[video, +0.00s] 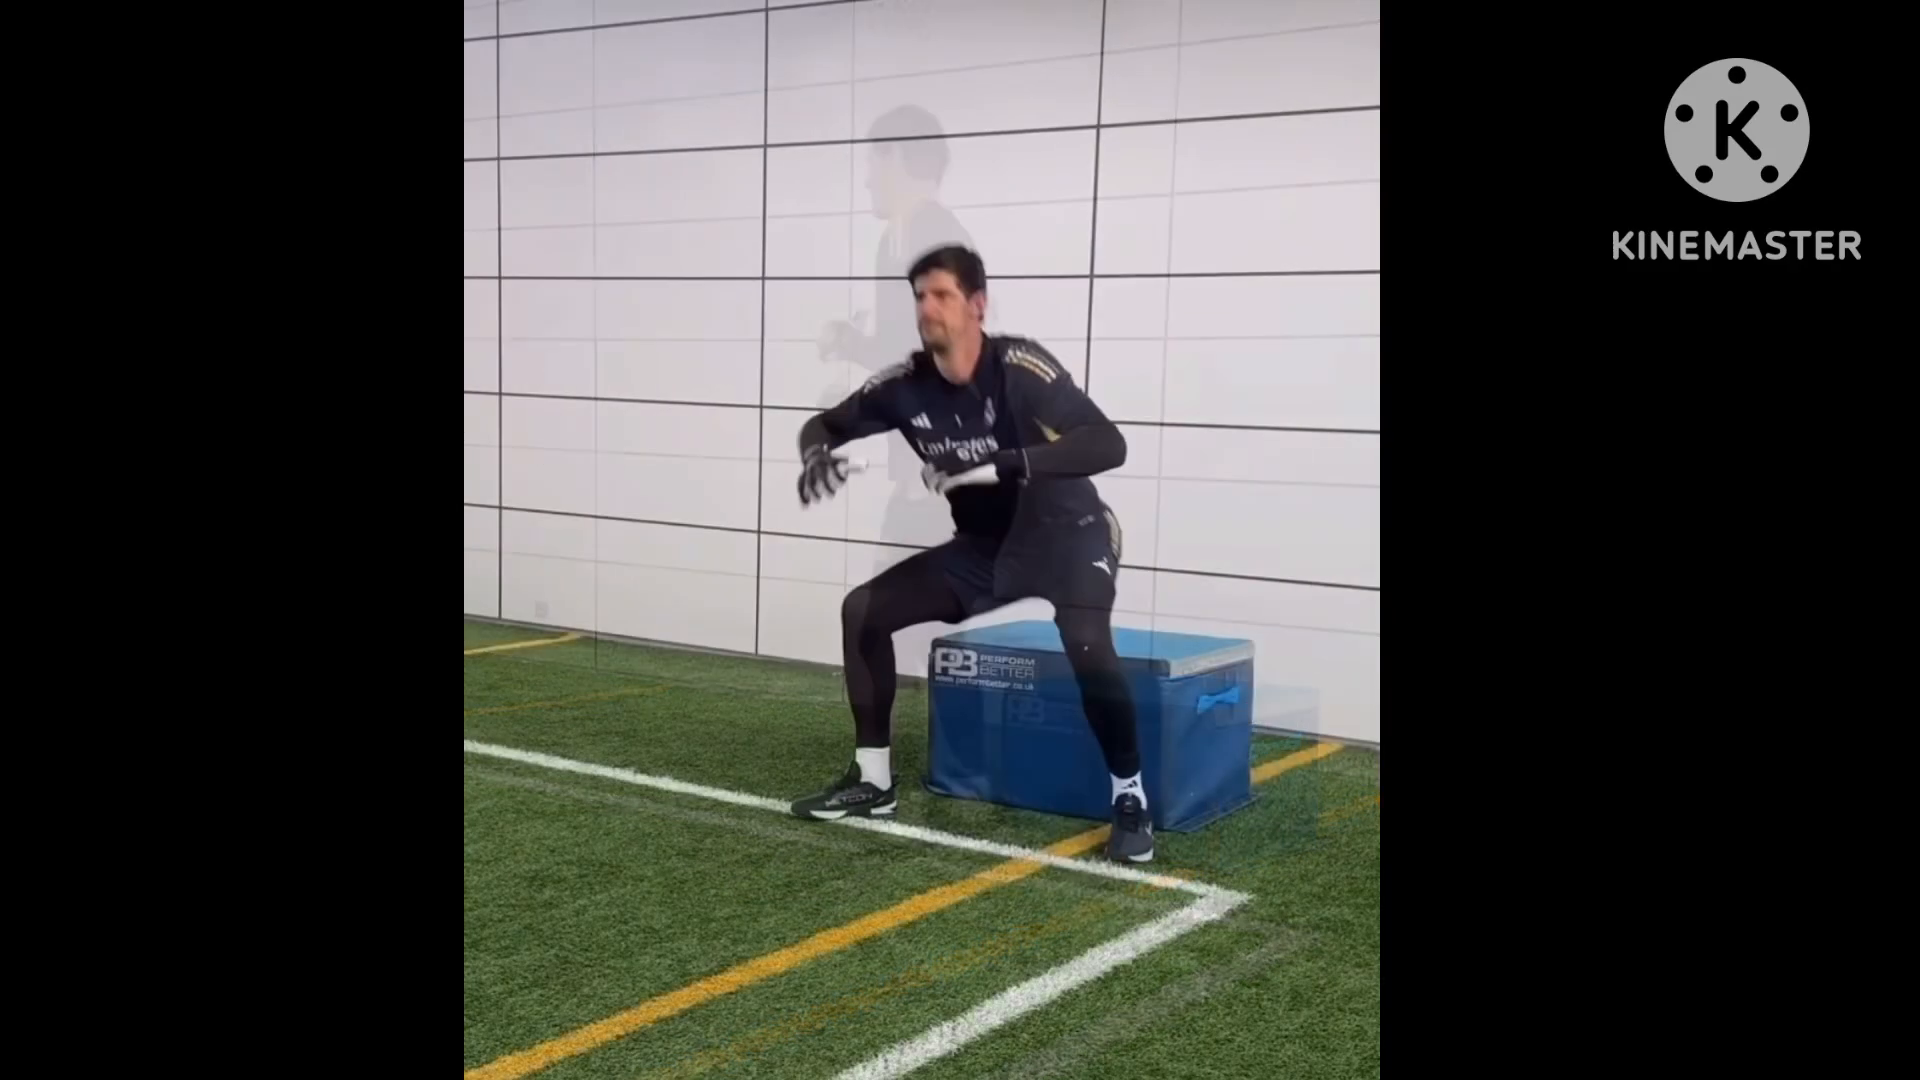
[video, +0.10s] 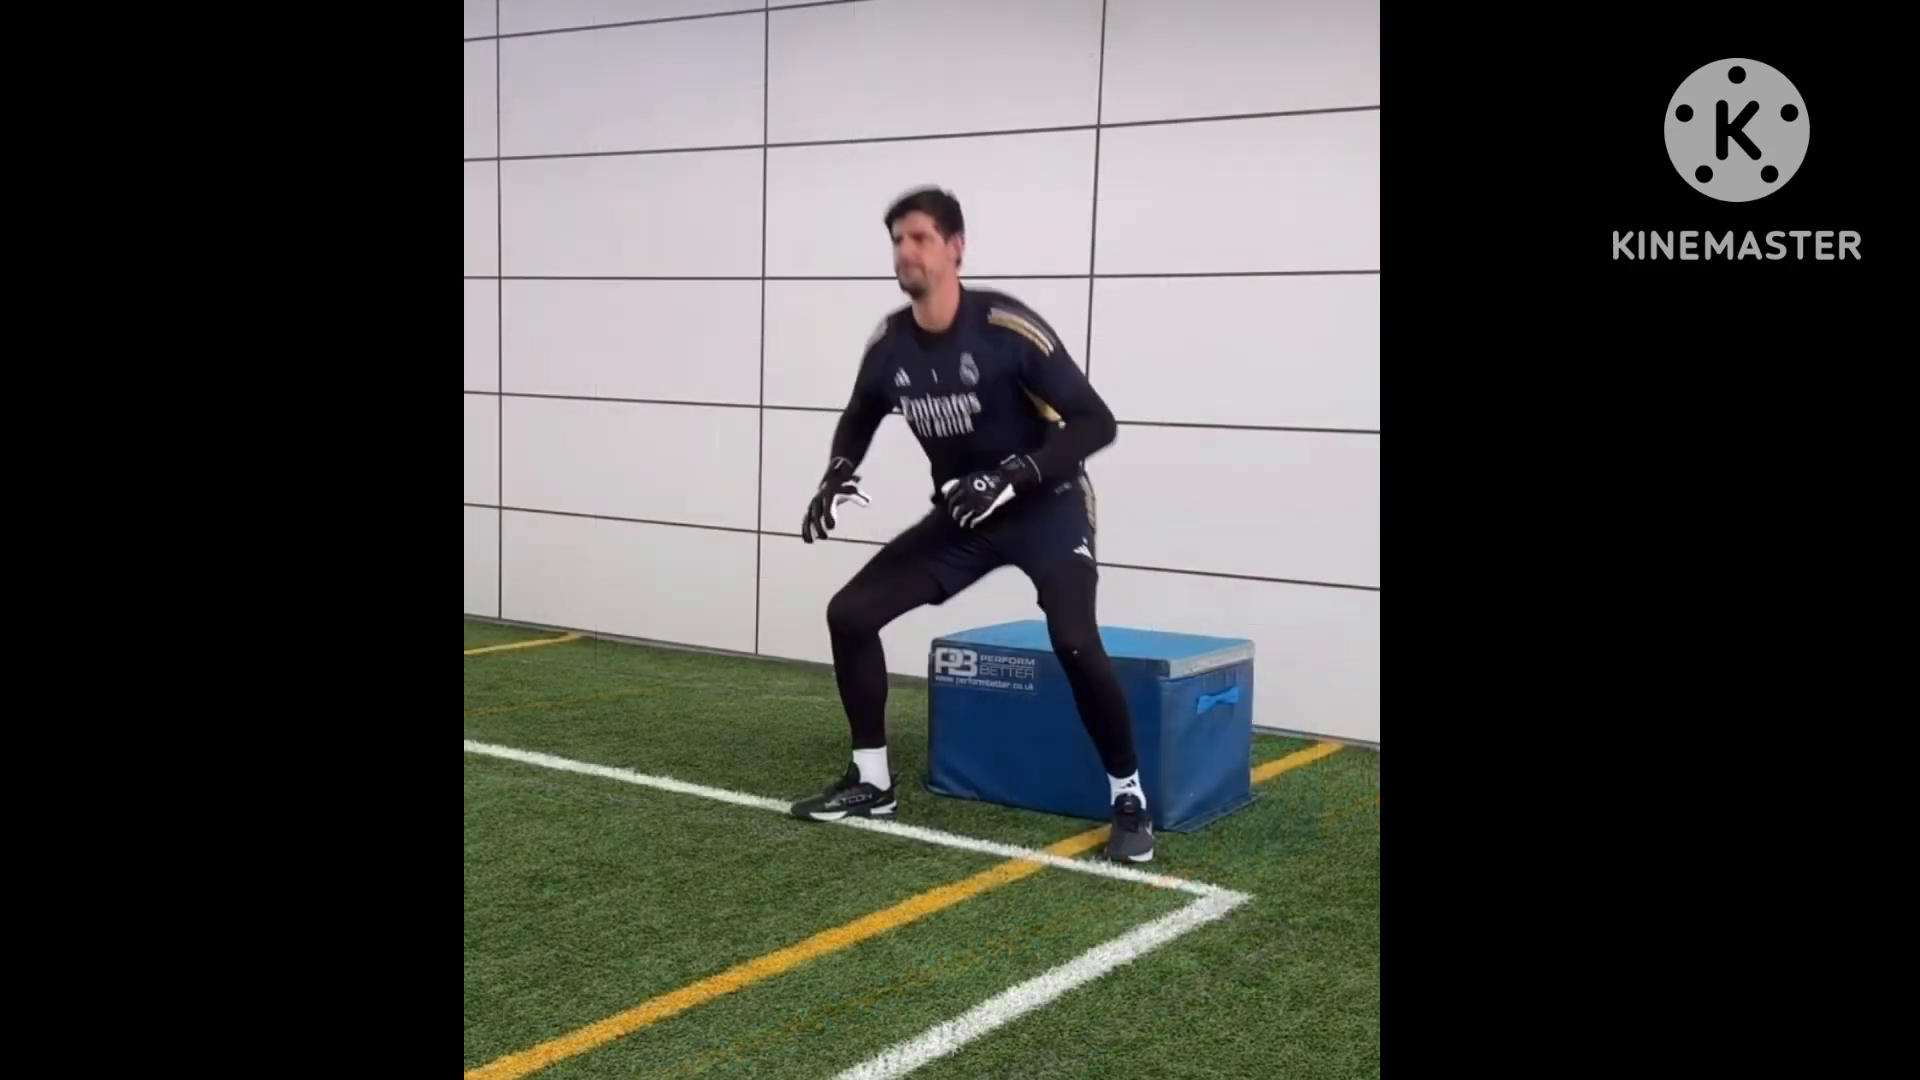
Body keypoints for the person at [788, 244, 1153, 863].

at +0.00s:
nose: (925, 309)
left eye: (939, 296)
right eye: (919, 297)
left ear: (977, 303)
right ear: (915, 306)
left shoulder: (1022, 366)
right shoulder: (903, 390)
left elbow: (1107, 444)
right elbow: (824, 426)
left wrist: (1005, 461)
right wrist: (816, 449)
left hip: (1069, 538)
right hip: (985, 548)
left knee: (1088, 648)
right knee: (864, 611)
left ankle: (1130, 801)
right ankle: (874, 781)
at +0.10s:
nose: (904, 252)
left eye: (918, 239)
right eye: (897, 241)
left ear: (955, 248)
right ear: (892, 255)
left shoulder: (1008, 326)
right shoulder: (890, 345)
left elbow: (1096, 423)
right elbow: (862, 414)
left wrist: (1015, 477)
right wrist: (840, 471)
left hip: (1048, 509)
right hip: (963, 515)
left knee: (1074, 640)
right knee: (850, 614)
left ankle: (1129, 801)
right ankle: (871, 782)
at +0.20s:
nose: (889, 198)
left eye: (903, 185)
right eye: (882, 188)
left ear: (939, 192)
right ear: (877, 202)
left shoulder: (993, 279)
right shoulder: (876, 300)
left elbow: (1058, 387)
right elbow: (863, 388)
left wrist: (978, 431)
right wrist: (832, 428)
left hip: (1022, 485)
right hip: (937, 494)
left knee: (1062, 638)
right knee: (844, 614)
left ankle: (1126, 798)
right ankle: (871, 781)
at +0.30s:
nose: (878, 169)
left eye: (892, 155)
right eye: (871, 157)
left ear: (930, 160)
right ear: (868, 168)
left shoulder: (975, 238)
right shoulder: (865, 267)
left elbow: (1001, 339)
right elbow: (810, 371)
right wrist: (785, 336)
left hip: (1003, 465)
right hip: (920, 473)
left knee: (1054, 631)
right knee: (844, 611)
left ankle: (1123, 797)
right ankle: (871, 781)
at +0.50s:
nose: (855, 158)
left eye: (867, 142)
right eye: (848, 147)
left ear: (907, 145)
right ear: (848, 158)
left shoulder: (948, 211)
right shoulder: (859, 251)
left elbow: (937, 315)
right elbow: (824, 365)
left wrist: (844, 296)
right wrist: (786, 326)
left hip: (977, 450)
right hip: (901, 462)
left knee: (1039, 625)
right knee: (837, 610)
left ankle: (1118, 793)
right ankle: (870, 782)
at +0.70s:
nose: (980, 374)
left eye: (994, 362)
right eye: (972, 363)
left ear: (1028, 366)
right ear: (965, 369)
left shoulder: (1075, 452)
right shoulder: (953, 451)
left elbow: (1109, 571)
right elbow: (907, 545)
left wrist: (1031, 565)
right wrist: (915, 549)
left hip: (1064, 615)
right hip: (979, 613)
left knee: (1025, 641)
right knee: (841, 629)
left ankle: (1011, 839)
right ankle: (866, 794)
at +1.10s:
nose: (959, 393)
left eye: (974, 380)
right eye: (952, 380)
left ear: (1008, 388)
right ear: (944, 387)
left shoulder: (1043, 452)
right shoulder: (930, 456)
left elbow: (1085, 528)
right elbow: (827, 497)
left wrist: (995, 524)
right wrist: (863, 483)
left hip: (1063, 620)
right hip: (977, 617)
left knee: (1019, 643)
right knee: (840, 628)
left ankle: (1011, 837)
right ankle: (866, 796)